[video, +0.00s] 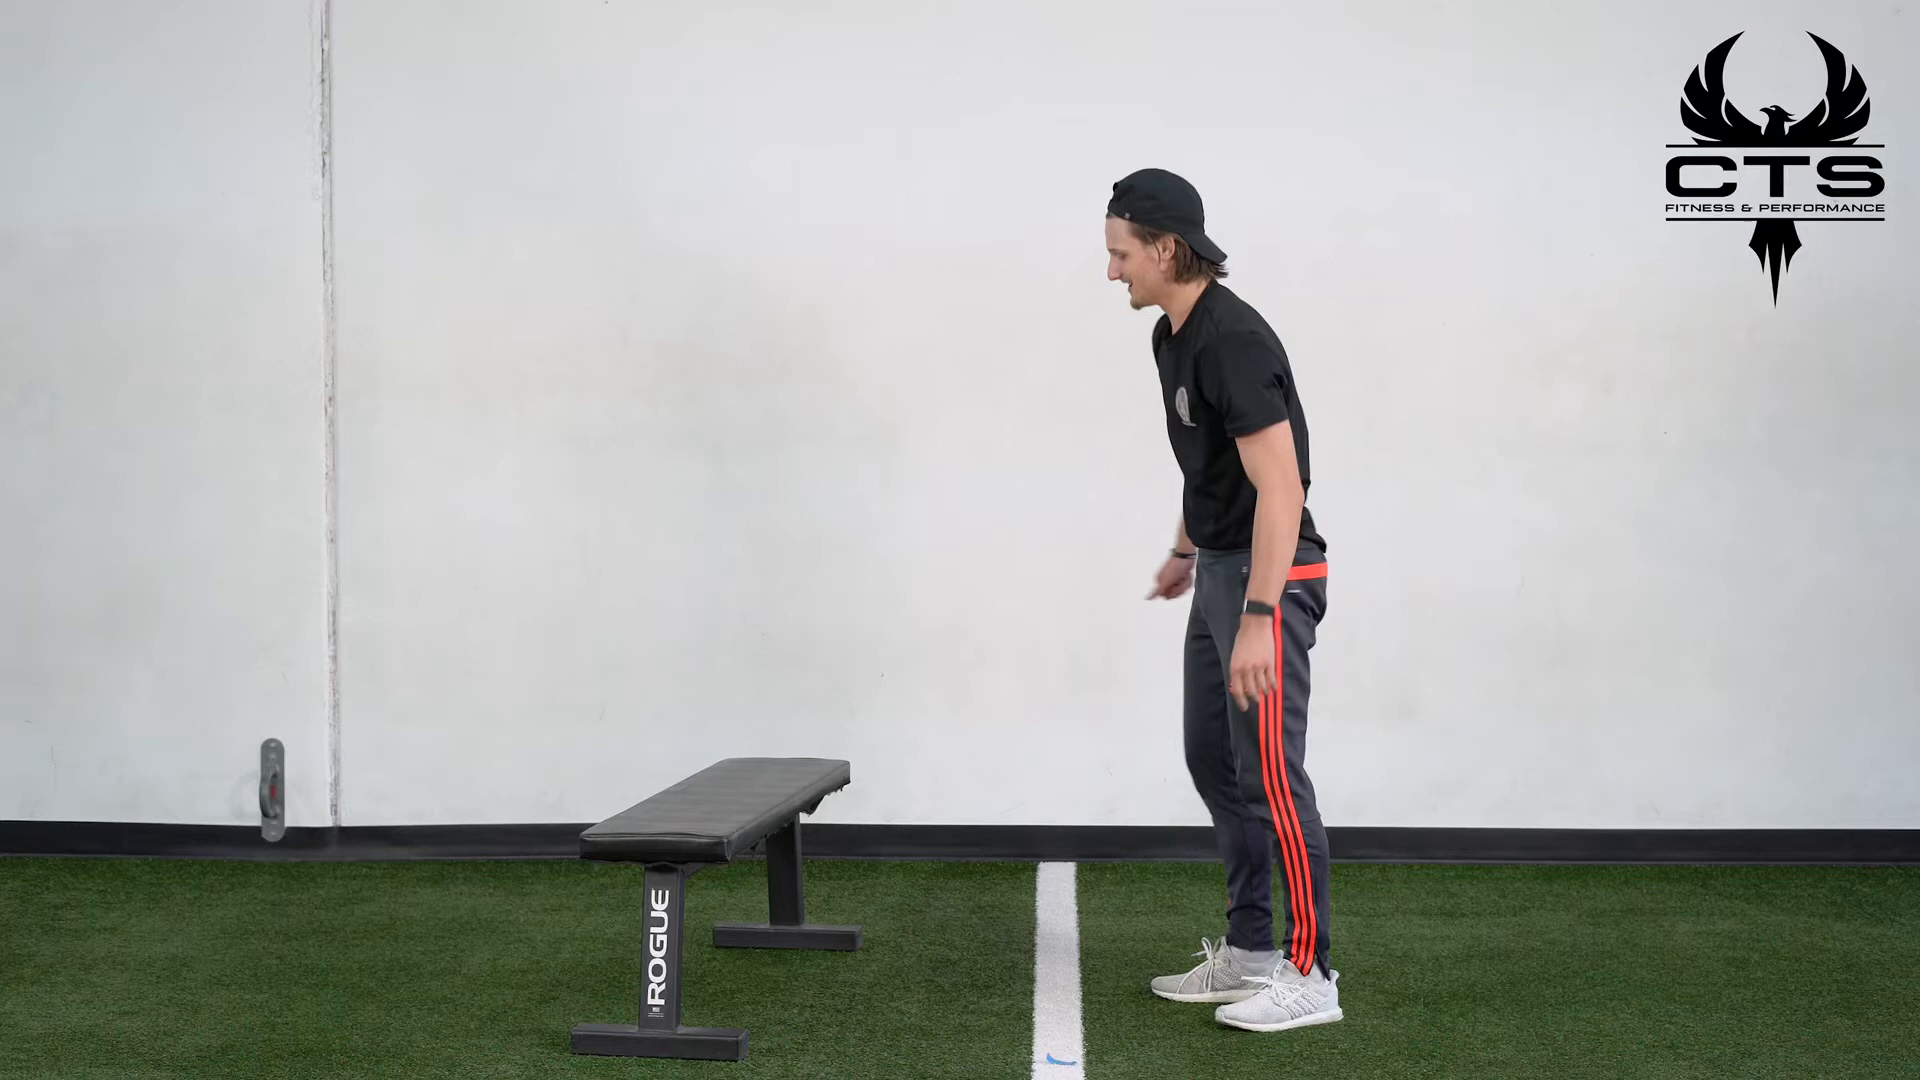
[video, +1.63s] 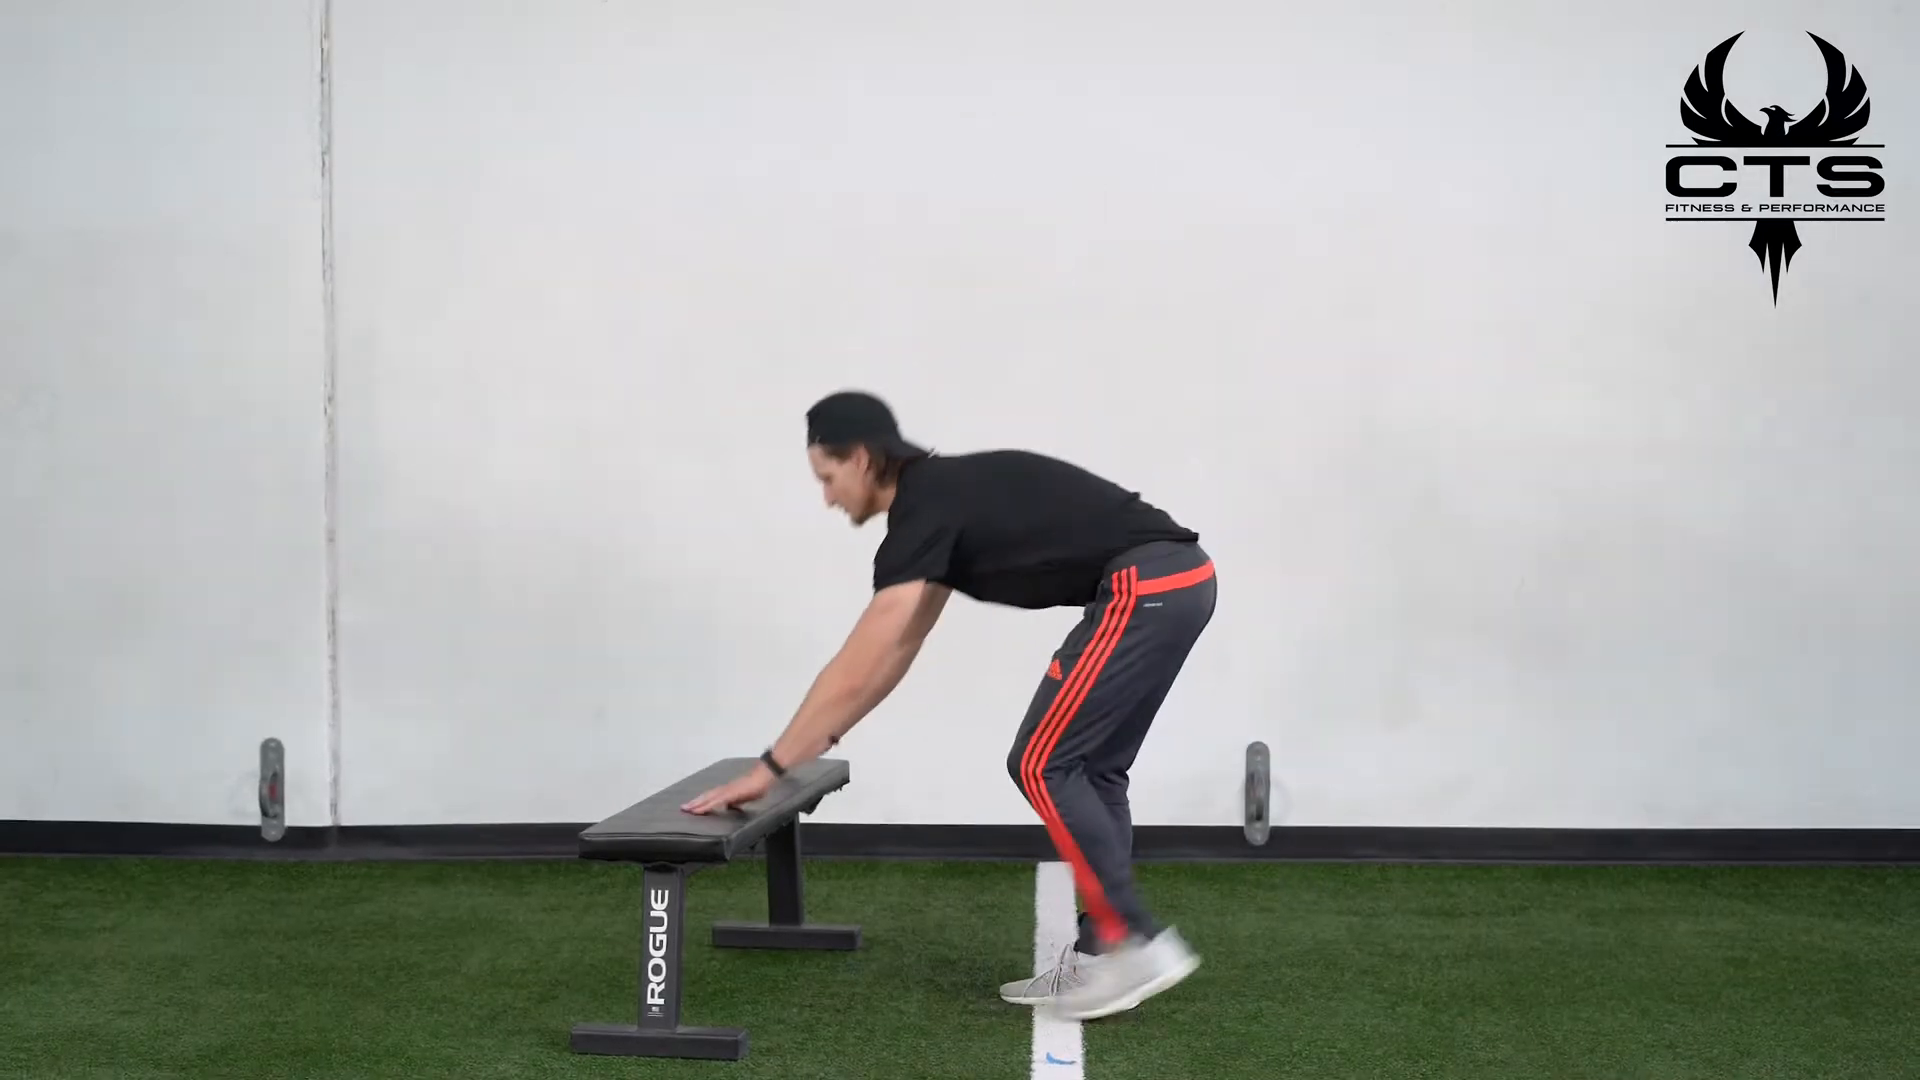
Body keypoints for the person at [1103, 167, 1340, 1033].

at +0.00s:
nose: (1111, 266)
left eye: (1120, 249)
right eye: (1110, 249)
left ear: (1167, 246)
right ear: (1163, 248)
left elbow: (1281, 487)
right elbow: (1209, 456)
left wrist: (1260, 616)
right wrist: (1187, 546)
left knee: (1268, 771)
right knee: (1214, 762)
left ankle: (1307, 977)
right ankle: (1252, 952)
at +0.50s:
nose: (1105, 258)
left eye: (1113, 240)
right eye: (1102, 242)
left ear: (1158, 235)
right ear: (1159, 237)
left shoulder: (1198, 327)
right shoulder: (1197, 322)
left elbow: (1217, 475)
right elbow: (1212, 473)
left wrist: (1167, 584)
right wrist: (1173, 579)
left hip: (1211, 573)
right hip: (1217, 573)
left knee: (1154, 759)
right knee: (1222, 763)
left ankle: (1255, 944)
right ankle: (1253, 949)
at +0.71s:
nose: (1069, 260)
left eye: (1077, 242)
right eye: (1067, 242)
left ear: (1123, 235)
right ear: (1122, 237)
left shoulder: (1167, 325)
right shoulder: (1167, 321)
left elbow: (1182, 468)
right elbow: (1182, 470)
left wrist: (1093, 559)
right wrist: (1118, 562)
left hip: (1185, 565)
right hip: (1205, 565)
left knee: (1116, 761)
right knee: (1216, 771)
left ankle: (1119, 974)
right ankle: (1253, 959)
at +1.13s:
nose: (933, 288)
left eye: (940, 268)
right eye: (932, 270)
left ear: (987, 261)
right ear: (989, 264)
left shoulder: (1034, 350)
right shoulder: (1062, 331)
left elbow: (1042, 507)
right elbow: (1109, 473)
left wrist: (982, 623)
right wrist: (1058, 580)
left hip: (1139, 565)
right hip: (1153, 558)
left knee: (1082, 767)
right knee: (1108, 754)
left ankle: (1098, 979)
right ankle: (1151, 949)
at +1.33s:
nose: (876, 360)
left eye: (880, 340)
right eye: (872, 342)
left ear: (920, 327)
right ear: (927, 327)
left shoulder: (982, 398)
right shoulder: (1010, 385)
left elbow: (945, 560)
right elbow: (1011, 542)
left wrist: (873, 665)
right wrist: (941, 637)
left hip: (1144, 569)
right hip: (1159, 563)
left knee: (1077, 773)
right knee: (1105, 773)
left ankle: (1098, 978)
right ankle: (1102, 965)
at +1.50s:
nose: (843, 435)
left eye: (846, 415)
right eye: (838, 418)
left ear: (887, 400)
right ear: (896, 400)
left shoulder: (946, 461)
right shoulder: (972, 450)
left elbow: (888, 621)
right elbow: (939, 605)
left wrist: (803, 717)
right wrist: (871, 685)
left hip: (1149, 579)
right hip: (1166, 573)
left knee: (1063, 772)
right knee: (1099, 774)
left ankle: (1099, 976)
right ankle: (1099, 964)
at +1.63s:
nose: (826, 497)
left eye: (825, 477)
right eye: (820, 480)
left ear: (860, 458)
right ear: (867, 457)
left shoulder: (927, 504)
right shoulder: (948, 499)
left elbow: (862, 661)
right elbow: (889, 662)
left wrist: (770, 766)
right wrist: (811, 743)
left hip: (1146, 582)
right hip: (1169, 575)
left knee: (1041, 762)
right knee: (1096, 770)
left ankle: (1137, 944)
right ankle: (1100, 953)